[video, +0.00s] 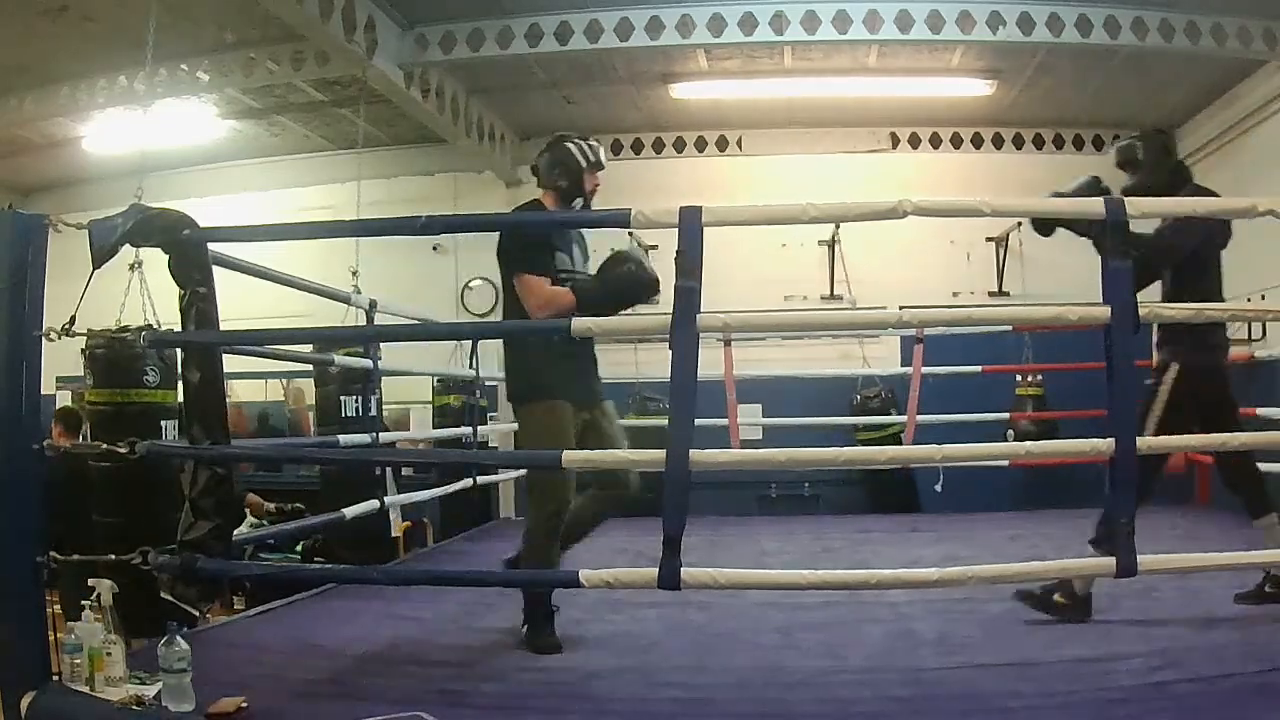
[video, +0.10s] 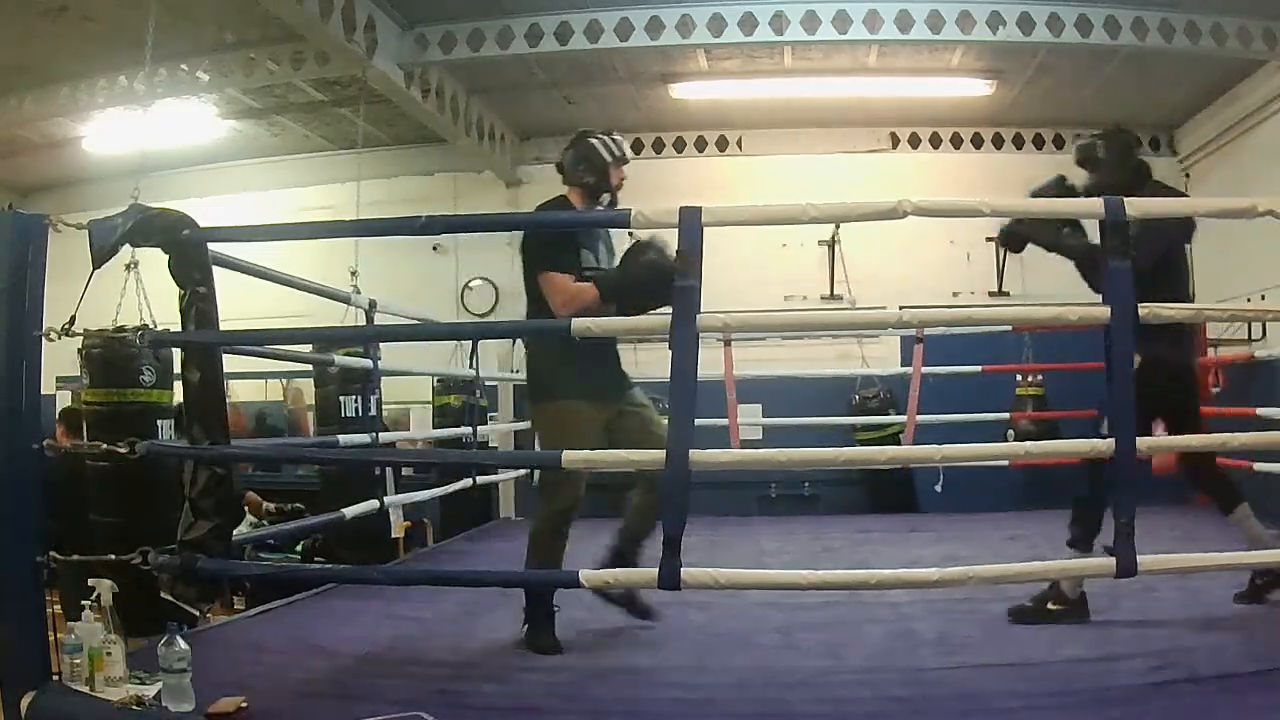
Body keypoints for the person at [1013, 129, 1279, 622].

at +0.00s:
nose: (1132, 180)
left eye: (1137, 169)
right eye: (1130, 172)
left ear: (1161, 163)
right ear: (1161, 163)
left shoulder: (1198, 207)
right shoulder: (1174, 208)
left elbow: (1147, 258)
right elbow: (1134, 272)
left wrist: (1089, 218)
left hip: (1188, 353)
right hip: (1196, 350)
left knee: (1137, 462)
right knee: (1234, 458)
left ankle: (1078, 584)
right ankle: (1279, 562)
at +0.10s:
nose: (1088, 179)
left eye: (1093, 168)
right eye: (1086, 170)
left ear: (1120, 164)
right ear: (1121, 163)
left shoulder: (1159, 206)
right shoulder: (1120, 208)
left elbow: (1118, 280)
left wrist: (1072, 241)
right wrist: (1026, 225)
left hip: (1153, 356)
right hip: (1162, 354)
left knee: (1098, 459)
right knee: (1196, 459)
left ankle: (1068, 587)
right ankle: (1268, 554)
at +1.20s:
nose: (886, 194)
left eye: (889, 186)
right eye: (885, 187)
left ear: (910, 182)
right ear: (910, 183)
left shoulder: (950, 217)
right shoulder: (919, 224)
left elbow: (917, 268)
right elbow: (888, 281)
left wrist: (888, 224)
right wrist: (860, 233)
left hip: (950, 343)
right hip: (932, 343)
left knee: (910, 452)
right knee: (931, 442)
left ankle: (904, 582)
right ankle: (984, 538)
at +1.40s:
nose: (871, 225)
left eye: (875, 215)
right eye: (868, 216)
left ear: (901, 209)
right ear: (901, 209)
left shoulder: (935, 243)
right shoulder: (913, 247)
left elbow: (961, 298)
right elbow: (877, 298)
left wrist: (895, 289)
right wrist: (850, 256)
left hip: (928, 377)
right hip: (921, 375)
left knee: (866, 467)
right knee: (925, 473)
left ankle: (897, 582)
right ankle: (979, 555)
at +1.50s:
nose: (867, 194)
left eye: (872, 184)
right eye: (865, 185)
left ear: (896, 179)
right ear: (893, 179)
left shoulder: (935, 215)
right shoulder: (907, 222)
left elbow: (972, 276)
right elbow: (885, 289)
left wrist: (915, 289)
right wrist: (852, 244)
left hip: (920, 345)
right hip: (906, 343)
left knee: (874, 450)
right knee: (921, 441)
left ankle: (893, 571)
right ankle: (966, 540)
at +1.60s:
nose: (867, 182)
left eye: (872, 171)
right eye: (864, 173)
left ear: (897, 164)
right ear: (883, 168)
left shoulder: (934, 198)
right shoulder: (894, 208)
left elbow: (972, 263)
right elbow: (884, 275)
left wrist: (914, 288)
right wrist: (848, 234)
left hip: (914, 330)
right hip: (898, 329)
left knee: (879, 439)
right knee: (916, 434)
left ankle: (890, 564)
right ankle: (951, 537)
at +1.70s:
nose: (863, 188)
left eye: (869, 179)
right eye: (860, 180)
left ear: (893, 176)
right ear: (871, 178)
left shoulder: (929, 214)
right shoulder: (885, 223)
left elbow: (966, 280)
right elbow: (860, 279)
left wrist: (914, 304)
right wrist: (833, 232)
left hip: (916, 338)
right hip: (894, 338)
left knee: (882, 447)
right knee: (907, 441)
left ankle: (893, 577)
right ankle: (936, 550)